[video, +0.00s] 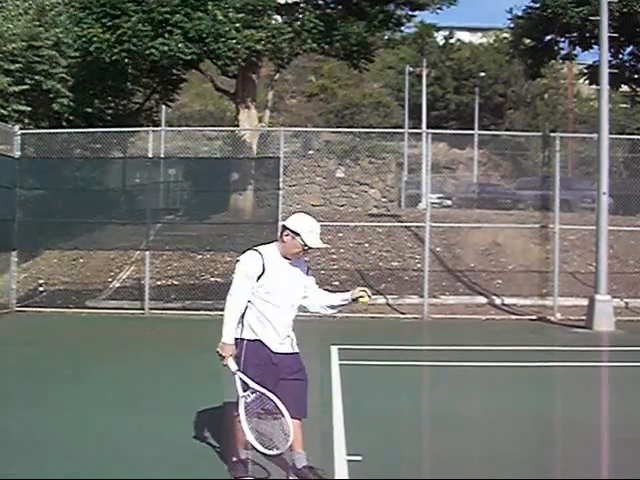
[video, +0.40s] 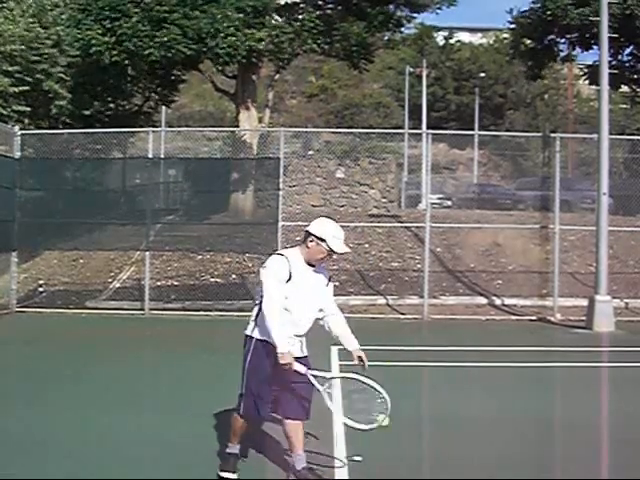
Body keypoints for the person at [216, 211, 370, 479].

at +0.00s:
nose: (306, 251)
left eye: (308, 247)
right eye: (304, 246)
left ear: (293, 240)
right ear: (287, 236)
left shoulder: (299, 267)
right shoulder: (255, 259)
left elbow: (315, 301)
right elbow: (235, 300)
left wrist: (349, 297)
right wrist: (227, 340)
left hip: (285, 344)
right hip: (253, 341)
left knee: (294, 400)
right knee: (248, 402)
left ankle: (300, 464)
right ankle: (240, 458)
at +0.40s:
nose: (329, 256)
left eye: (332, 252)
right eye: (328, 250)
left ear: (315, 245)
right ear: (312, 242)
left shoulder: (320, 277)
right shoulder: (278, 263)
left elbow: (330, 313)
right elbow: (271, 307)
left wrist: (353, 346)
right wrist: (282, 347)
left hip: (295, 344)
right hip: (263, 342)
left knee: (295, 402)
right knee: (251, 403)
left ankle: (299, 466)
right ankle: (232, 452)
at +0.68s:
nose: (315, 243)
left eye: (316, 238)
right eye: (311, 238)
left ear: (301, 239)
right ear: (292, 236)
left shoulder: (311, 272)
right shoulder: (266, 260)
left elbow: (327, 303)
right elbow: (270, 300)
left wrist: (363, 319)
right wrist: (306, 326)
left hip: (288, 347)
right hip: (256, 342)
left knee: (292, 405)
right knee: (243, 404)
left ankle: (299, 465)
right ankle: (227, 454)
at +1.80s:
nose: (348, 230)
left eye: (348, 227)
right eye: (340, 227)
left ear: (350, 236)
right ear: (326, 240)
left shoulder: (371, 258)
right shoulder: (316, 270)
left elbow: (400, 237)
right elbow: (276, 274)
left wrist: (420, 211)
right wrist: (279, 242)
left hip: (365, 354)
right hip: (333, 357)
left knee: (362, 425)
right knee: (326, 428)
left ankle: (320, 459)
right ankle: (295, 453)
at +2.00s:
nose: (431, 207)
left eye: (432, 202)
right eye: (427, 201)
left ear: (427, 204)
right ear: (414, 199)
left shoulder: (417, 238)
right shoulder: (403, 215)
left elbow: (403, 283)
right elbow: (417, 173)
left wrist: (429, 280)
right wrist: (409, 134)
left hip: (389, 312)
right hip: (366, 306)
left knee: (383, 380)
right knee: (353, 378)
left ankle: (380, 440)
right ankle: (346, 443)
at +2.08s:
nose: (450, 210)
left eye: (447, 204)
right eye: (444, 205)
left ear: (423, 208)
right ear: (432, 206)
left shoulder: (426, 236)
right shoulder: (425, 218)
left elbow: (395, 275)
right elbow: (467, 205)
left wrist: (425, 281)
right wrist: (510, 185)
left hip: (399, 311)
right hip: (380, 305)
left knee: (412, 374)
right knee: (365, 376)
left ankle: (423, 431)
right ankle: (350, 442)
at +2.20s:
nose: (465, 228)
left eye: (463, 223)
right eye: (461, 223)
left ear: (439, 226)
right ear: (451, 224)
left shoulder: (418, 248)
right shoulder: (459, 245)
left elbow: (403, 288)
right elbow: (482, 284)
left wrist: (422, 314)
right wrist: (503, 320)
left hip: (422, 324)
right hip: (421, 324)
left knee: (440, 393)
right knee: (386, 386)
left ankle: (447, 455)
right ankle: (335, 435)